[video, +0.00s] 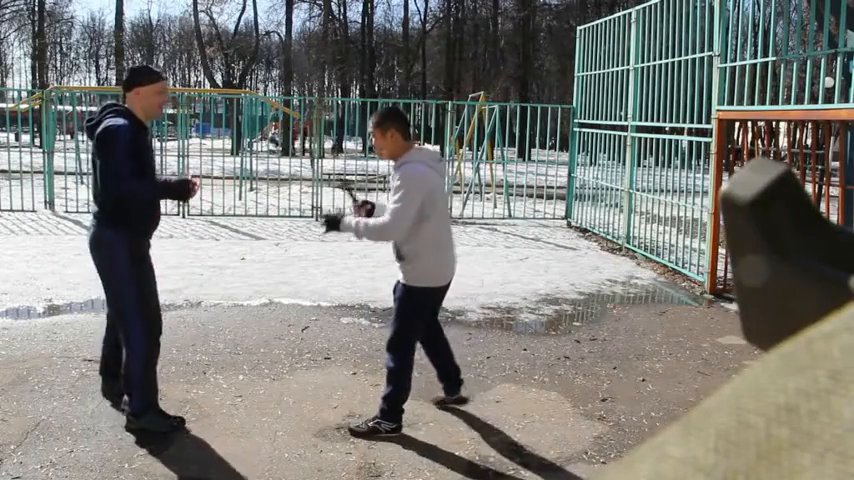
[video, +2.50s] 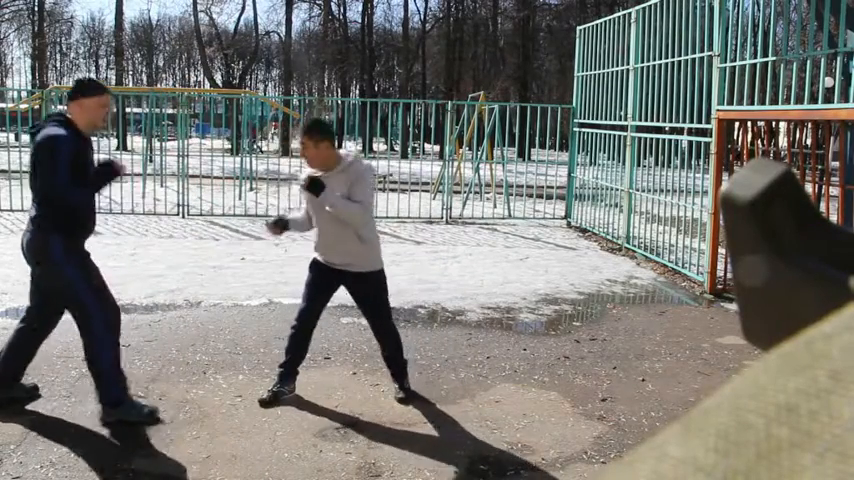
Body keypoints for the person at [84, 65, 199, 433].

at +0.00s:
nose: (164, 102)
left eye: (164, 94)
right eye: (159, 94)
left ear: (138, 96)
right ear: (135, 95)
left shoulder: (129, 127)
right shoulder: (119, 130)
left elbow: (131, 186)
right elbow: (122, 191)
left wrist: (171, 189)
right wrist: (173, 189)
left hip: (120, 240)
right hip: (119, 243)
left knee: (123, 313)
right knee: (144, 324)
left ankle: (115, 383)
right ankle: (144, 413)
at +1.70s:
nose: (146, 107)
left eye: (147, 100)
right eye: (141, 100)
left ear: (116, 101)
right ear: (117, 100)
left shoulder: (105, 130)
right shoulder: (107, 134)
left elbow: (115, 181)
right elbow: (113, 189)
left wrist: (143, 158)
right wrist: (151, 171)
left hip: (97, 243)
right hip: (118, 247)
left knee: (97, 314)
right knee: (156, 320)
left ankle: (58, 386)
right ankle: (172, 408)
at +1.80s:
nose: (145, 116)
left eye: (145, 109)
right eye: (140, 109)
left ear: (115, 109)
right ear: (118, 109)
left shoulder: (100, 137)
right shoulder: (109, 142)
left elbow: (114, 191)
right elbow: (126, 192)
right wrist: (162, 169)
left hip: (92, 249)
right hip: (111, 253)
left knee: (102, 313)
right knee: (161, 320)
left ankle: (46, 377)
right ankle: (173, 408)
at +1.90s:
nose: (145, 127)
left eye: (146, 120)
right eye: (142, 119)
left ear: (118, 118)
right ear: (120, 118)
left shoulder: (96, 145)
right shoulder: (111, 152)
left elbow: (137, 197)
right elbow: (143, 200)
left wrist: (179, 204)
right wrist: (188, 203)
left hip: (76, 252)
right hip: (94, 256)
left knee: (88, 319)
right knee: (145, 321)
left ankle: (37, 385)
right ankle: (173, 408)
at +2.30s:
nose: (133, 139)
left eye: (135, 133)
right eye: (130, 131)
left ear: (106, 127)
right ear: (107, 126)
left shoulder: (93, 155)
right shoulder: (88, 161)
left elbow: (118, 213)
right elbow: (119, 219)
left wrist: (155, 226)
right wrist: (164, 231)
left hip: (52, 254)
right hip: (62, 258)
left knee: (55, 321)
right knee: (115, 322)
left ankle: (5, 382)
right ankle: (134, 409)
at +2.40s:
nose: (121, 126)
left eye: (122, 119)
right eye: (116, 118)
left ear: (95, 118)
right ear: (92, 116)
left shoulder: (84, 148)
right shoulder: (67, 151)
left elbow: (92, 196)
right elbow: (77, 204)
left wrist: (130, 201)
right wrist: (132, 202)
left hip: (52, 249)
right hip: (58, 253)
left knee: (47, 321)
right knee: (104, 326)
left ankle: (5, 383)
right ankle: (133, 408)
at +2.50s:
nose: (105, 116)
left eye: (106, 109)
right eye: (100, 108)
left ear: (82, 108)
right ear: (77, 106)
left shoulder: (71, 137)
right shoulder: (57, 140)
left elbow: (73, 188)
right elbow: (66, 195)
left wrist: (105, 171)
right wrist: (107, 171)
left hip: (54, 246)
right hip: (58, 249)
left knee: (40, 319)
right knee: (102, 316)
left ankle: (6, 383)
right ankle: (116, 404)